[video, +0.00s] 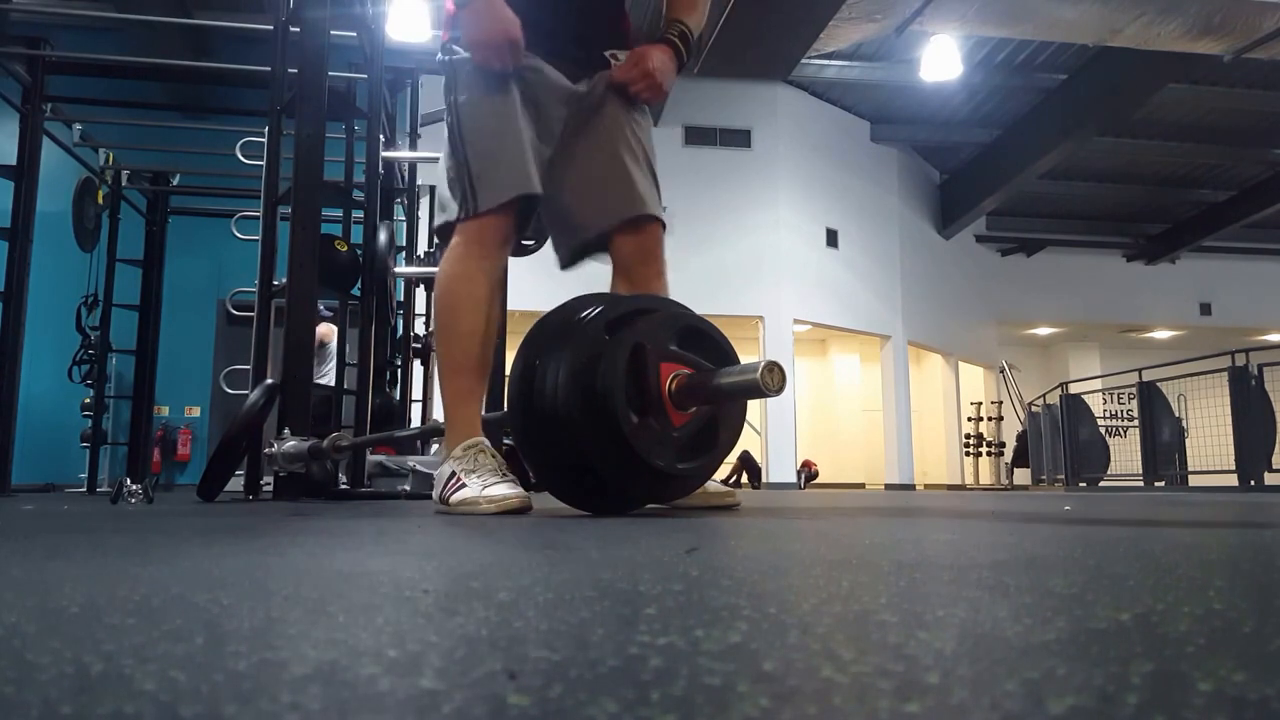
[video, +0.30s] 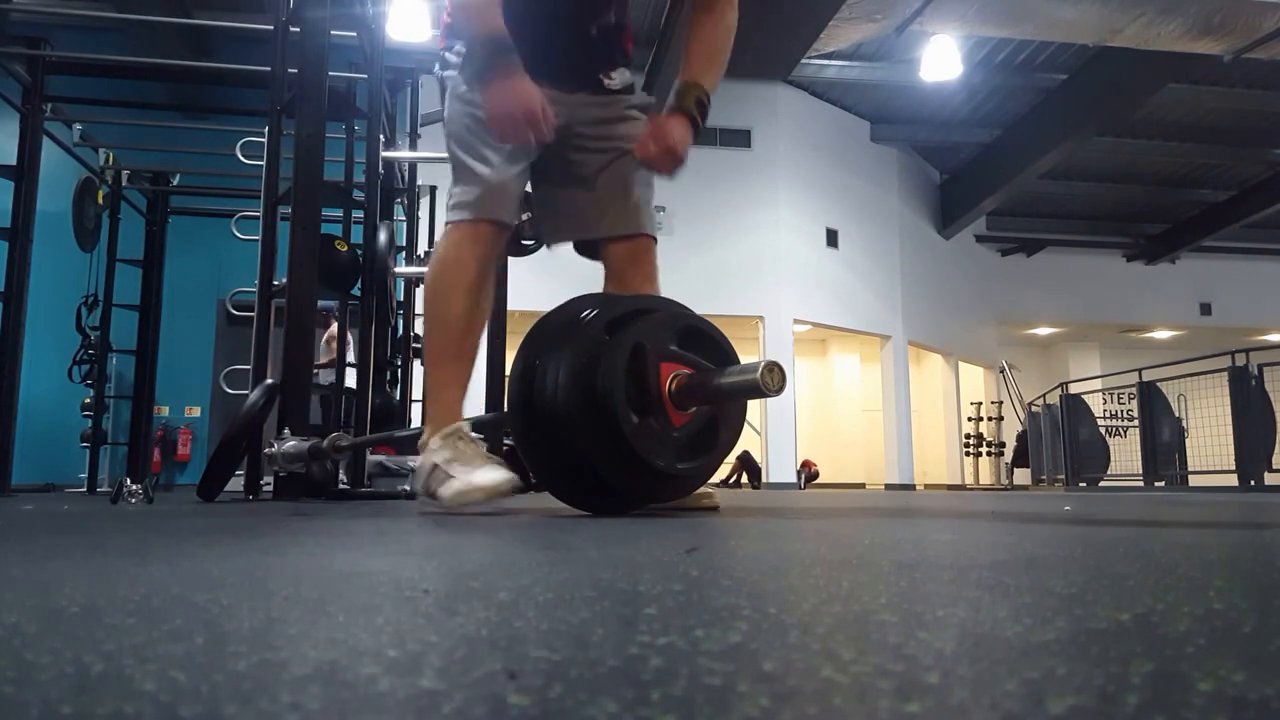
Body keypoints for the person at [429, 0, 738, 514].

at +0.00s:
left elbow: (692, 4)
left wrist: (674, 44)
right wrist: (474, 2)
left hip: (605, 56)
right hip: (502, 36)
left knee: (642, 231)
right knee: (490, 217)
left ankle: (659, 460)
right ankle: (464, 451)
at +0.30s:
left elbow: (717, 4)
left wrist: (686, 108)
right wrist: (498, 69)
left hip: (605, 75)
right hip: (495, 58)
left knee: (633, 242)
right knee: (482, 219)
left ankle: (652, 455)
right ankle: (443, 440)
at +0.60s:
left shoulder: (700, 3)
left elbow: (680, 86)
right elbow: (518, 94)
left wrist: (659, 186)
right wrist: (538, 270)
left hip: (565, 99)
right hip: (460, 77)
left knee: (631, 235)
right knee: (468, 208)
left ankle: (646, 454)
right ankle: (438, 452)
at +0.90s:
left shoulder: (721, 19)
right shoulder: (547, 10)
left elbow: (666, 144)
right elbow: (524, 167)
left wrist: (622, 219)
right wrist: (546, 318)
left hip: (578, 118)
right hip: (467, 92)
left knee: (650, 237)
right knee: (479, 210)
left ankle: (646, 457)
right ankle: (438, 453)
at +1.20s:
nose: (722, 7)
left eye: (732, 3)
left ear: (740, 3)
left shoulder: (729, 29)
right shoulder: (558, 11)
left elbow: (672, 155)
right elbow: (533, 174)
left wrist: (635, 215)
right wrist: (558, 325)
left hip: (579, 122)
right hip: (471, 97)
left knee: (650, 238)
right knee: (490, 208)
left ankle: (647, 454)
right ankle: (439, 453)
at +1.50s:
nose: (718, 11)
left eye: (730, 3)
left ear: (738, 2)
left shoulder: (724, 32)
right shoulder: (558, 14)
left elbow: (668, 155)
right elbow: (536, 191)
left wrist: (634, 214)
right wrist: (570, 345)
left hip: (572, 122)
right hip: (464, 98)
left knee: (646, 238)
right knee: (491, 207)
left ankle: (641, 453)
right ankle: (440, 453)